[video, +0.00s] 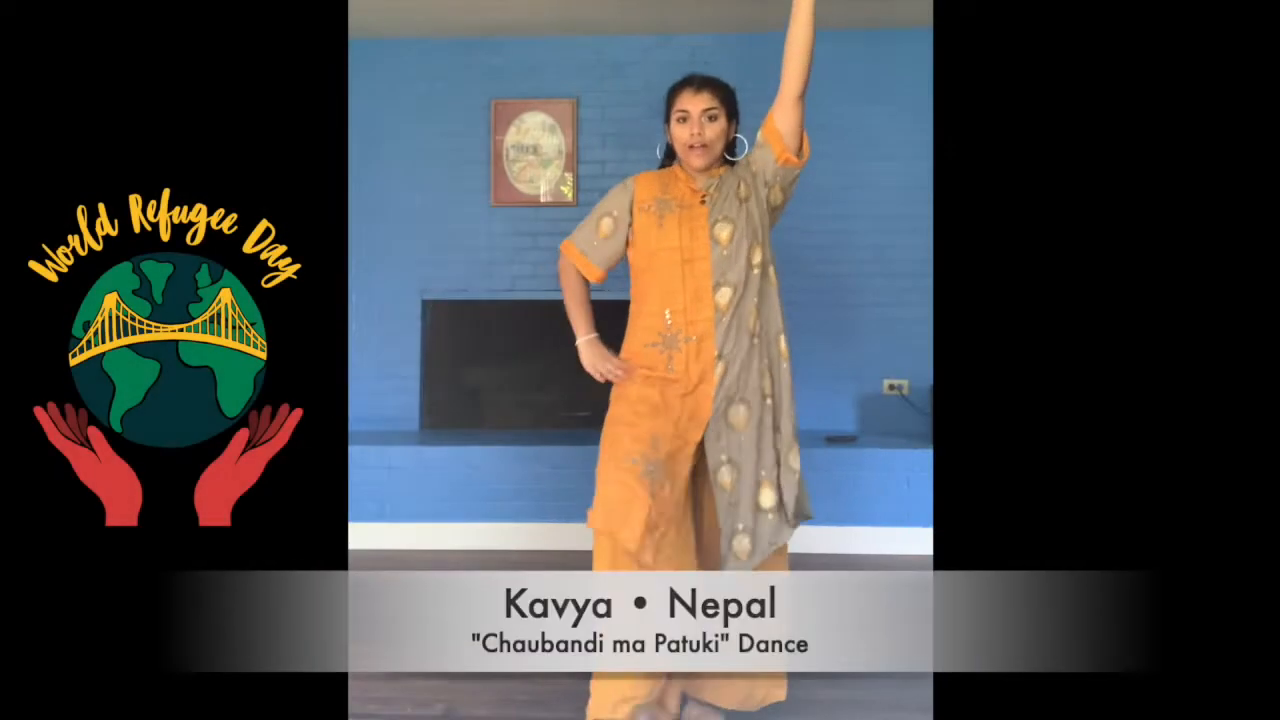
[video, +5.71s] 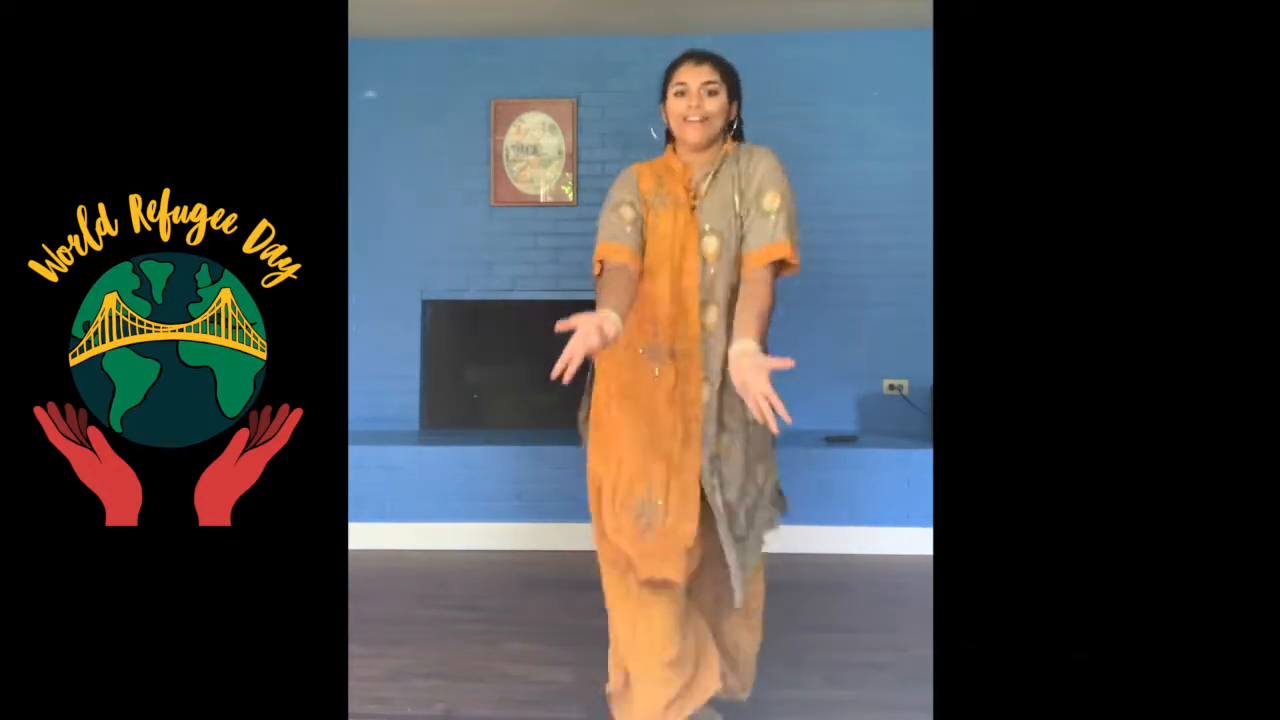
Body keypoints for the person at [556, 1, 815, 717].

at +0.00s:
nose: (697, 128)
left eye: (709, 116)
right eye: (684, 117)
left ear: (730, 129)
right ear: (668, 129)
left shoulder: (754, 187)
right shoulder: (639, 194)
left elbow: (792, 91)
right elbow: (574, 258)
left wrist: (803, 3)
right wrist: (588, 342)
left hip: (738, 391)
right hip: (652, 391)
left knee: (739, 541)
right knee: (633, 538)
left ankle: (715, 691)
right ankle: (636, 696)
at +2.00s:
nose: (687, 121)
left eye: (701, 109)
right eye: (674, 110)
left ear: (721, 120)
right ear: (658, 121)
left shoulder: (745, 182)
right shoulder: (629, 193)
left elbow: (795, 92)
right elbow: (562, 259)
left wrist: (824, 4)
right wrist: (581, 337)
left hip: (727, 390)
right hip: (644, 389)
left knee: (715, 545)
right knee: (633, 545)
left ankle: (705, 694)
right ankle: (609, 701)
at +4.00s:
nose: (692, 125)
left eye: (706, 114)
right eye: (679, 115)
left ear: (727, 127)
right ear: (664, 129)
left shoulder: (752, 189)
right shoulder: (636, 199)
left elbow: (799, 104)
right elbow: (571, 271)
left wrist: (825, 9)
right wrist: (588, 354)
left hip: (738, 402)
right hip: (652, 401)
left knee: (726, 565)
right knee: (649, 559)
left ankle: (702, 706)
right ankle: (639, 703)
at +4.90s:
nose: (681, 107)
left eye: (695, 95)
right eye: (667, 96)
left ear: (716, 108)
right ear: (651, 112)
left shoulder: (744, 166)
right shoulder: (625, 187)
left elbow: (809, 115)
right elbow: (563, 254)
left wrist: (822, 72)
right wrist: (544, 235)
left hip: (724, 387)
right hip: (640, 388)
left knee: (718, 551)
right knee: (633, 548)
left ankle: (713, 703)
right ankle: (629, 700)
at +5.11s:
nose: (679, 101)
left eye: (693, 90)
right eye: (666, 91)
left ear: (714, 106)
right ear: (649, 107)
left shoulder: (744, 167)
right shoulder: (618, 181)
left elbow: (847, 176)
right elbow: (555, 226)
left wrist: (784, 191)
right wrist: (538, 241)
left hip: (720, 383)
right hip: (634, 386)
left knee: (719, 536)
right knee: (630, 536)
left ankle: (704, 697)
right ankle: (627, 699)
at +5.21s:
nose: (682, 103)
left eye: (696, 92)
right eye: (669, 93)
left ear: (718, 106)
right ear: (652, 108)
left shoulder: (747, 180)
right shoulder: (617, 184)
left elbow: (823, 257)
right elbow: (554, 255)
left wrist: (769, 241)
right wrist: (575, 274)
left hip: (719, 381)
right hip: (633, 382)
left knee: (717, 526)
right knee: (633, 528)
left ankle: (703, 690)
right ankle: (628, 692)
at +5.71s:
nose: (693, 103)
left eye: (708, 93)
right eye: (681, 93)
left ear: (731, 107)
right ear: (664, 109)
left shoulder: (757, 169)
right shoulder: (635, 181)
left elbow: (759, 272)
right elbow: (619, 264)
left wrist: (745, 345)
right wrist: (607, 315)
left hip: (717, 383)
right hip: (636, 380)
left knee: (716, 540)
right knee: (642, 541)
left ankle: (714, 674)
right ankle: (650, 696)